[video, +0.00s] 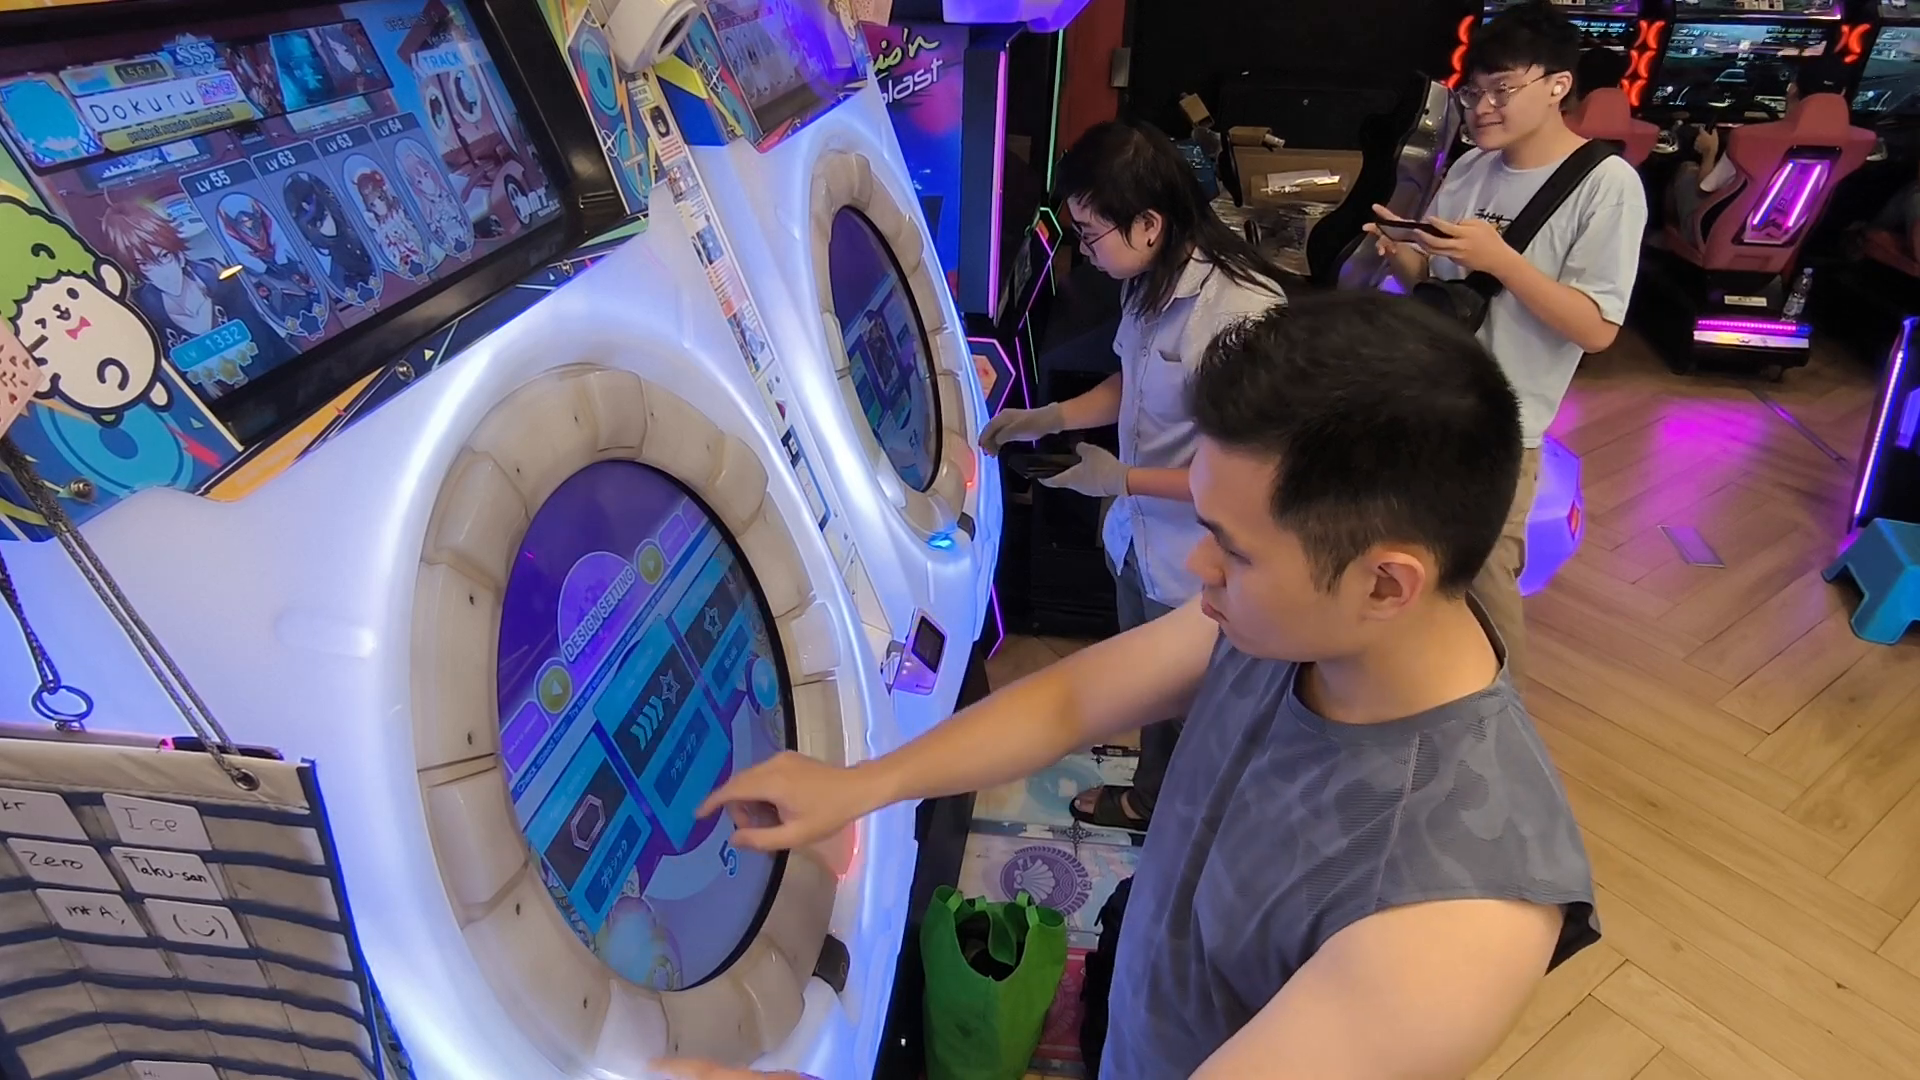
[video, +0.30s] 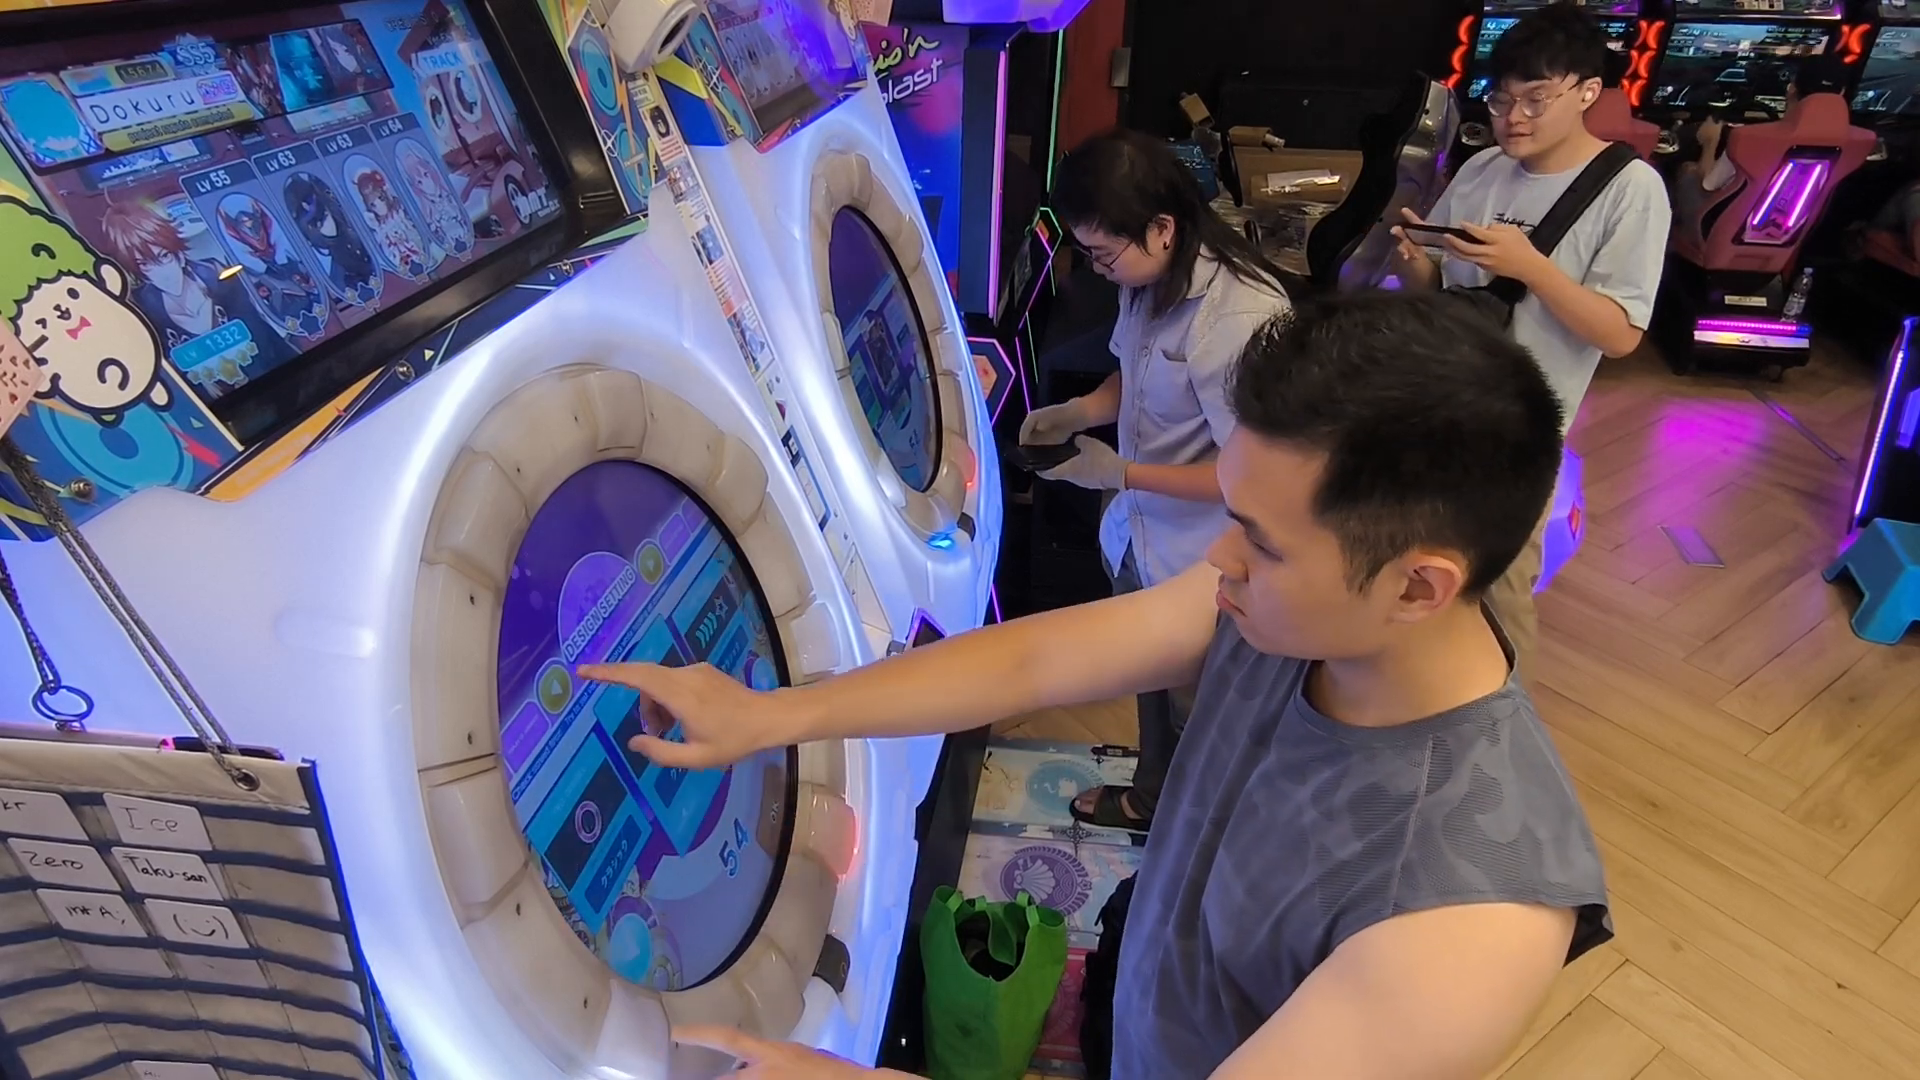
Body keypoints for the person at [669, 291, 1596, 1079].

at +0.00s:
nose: (1189, 563)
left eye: (1229, 551)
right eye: (1203, 522)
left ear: (1389, 585)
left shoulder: (1457, 905)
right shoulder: (1292, 607)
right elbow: (1070, 702)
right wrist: (861, 784)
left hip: (1179, 1071)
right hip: (1129, 987)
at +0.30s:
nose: (1214, 556)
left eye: (1262, 544)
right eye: (1230, 514)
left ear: (1420, 585)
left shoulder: (1470, 910)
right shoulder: (1280, 592)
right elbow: (1027, 660)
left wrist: (859, 1078)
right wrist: (772, 712)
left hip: (1201, 1079)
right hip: (1131, 1008)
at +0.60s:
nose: (1223, 561)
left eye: (1276, 551)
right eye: (1241, 517)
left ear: (1435, 596)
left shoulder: (1474, 909)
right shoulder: (1287, 596)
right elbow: (1050, 693)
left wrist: (831, 1072)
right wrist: (844, 801)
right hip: (1132, 1017)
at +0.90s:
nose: (1215, 554)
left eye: (1263, 541)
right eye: (1232, 511)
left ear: (1423, 590)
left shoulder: (1472, 903)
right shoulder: (1290, 610)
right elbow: (1065, 699)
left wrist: (862, 1075)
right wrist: (855, 796)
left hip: (1204, 1075)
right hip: (1133, 1018)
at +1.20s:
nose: (1225, 554)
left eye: (1276, 544)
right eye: (1244, 512)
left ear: (1435, 595)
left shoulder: (1479, 915)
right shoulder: (1298, 594)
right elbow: (1049, 662)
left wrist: (878, 1076)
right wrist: (809, 736)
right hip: (1138, 988)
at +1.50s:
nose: (1233, 553)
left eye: (1283, 543)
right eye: (1248, 509)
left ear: (1443, 594)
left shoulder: (1492, 915)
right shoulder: (1284, 587)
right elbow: (1018, 656)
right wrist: (760, 719)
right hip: (1138, 1016)